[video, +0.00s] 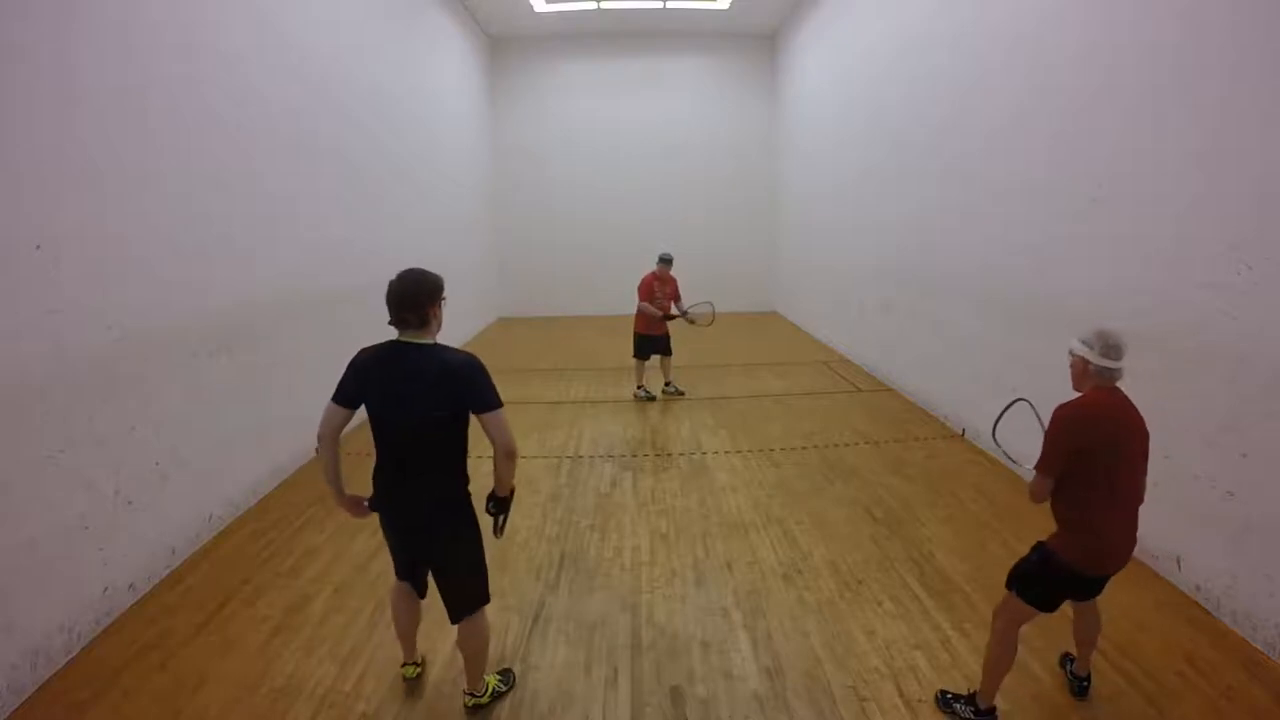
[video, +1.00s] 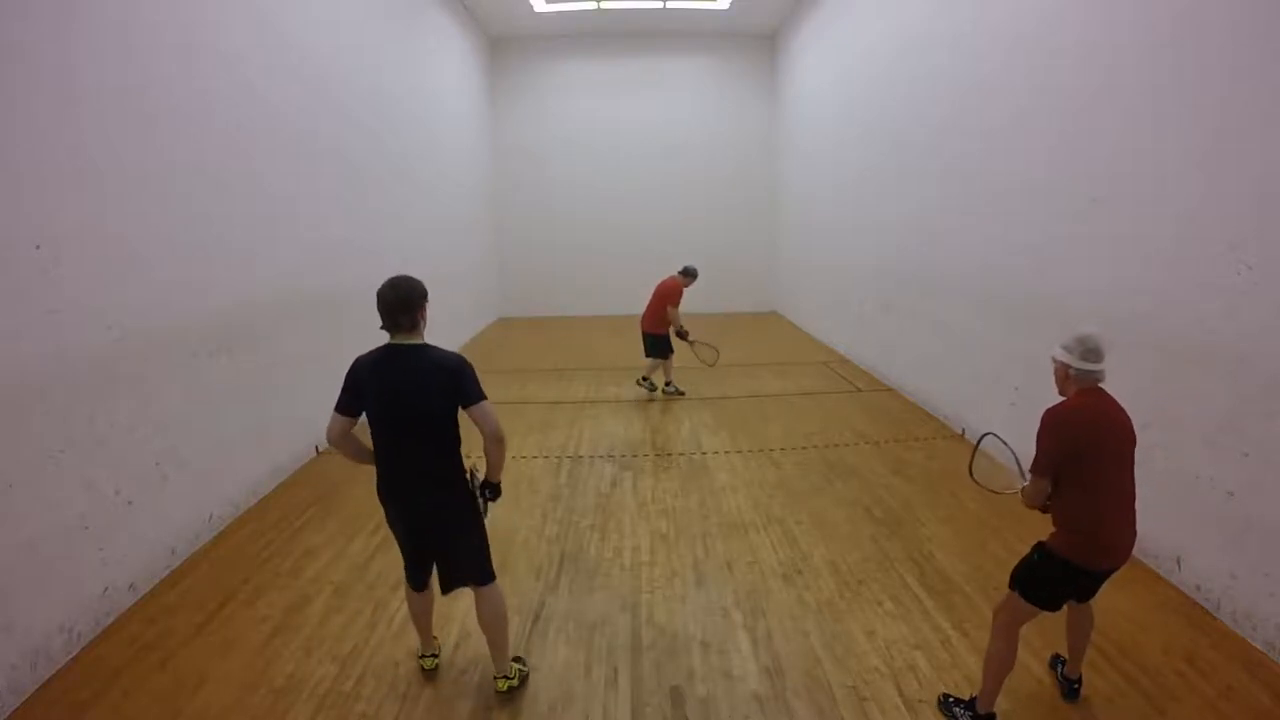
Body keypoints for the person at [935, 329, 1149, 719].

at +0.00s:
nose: (1070, 365)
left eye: (1075, 360)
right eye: (1073, 358)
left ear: (1086, 366)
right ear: (1114, 370)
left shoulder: (1071, 414)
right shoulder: (1133, 417)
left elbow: (1038, 493)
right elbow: (1137, 494)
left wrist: (1046, 467)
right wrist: (1078, 470)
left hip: (1075, 548)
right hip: (1117, 549)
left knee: (1007, 617)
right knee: (1085, 599)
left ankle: (982, 703)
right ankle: (1081, 673)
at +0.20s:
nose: (1054, 364)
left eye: (1058, 358)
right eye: (1056, 357)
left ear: (1069, 365)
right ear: (1098, 369)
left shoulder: (1055, 414)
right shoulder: (1119, 414)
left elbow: (1026, 493)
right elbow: (1104, 479)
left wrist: (1034, 464)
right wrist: (1045, 473)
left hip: (1065, 548)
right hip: (1110, 549)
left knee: (1001, 617)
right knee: (1080, 601)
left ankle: (981, 704)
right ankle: (1073, 676)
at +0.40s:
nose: (1052, 366)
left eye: (1056, 360)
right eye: (1055, 359)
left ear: (1067, 369)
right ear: (1096, 369)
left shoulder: (1057, 417)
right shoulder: (1117, 412)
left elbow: (1031, 497)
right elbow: (1099, 476)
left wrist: (1028, 482)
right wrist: (1045, 481)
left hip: (1071, 547)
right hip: (1115, 546)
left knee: (1005, 615)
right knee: (1081, 599)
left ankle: (979, 705)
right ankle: (1073, 676)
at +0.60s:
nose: (1058, 367)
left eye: (1062, 362)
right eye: (1060, 360)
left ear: (1073, 369)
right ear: (1101, 370)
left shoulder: (1066, 417)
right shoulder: (1122, 410)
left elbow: (1043, 495)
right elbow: (1102, 476)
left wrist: (1030, 487)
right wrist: (1052, 484)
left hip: (1081, 545)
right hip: (1122, 543)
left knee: (1013, 616)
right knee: (1083, 600)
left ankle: (979, 706)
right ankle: (1073, 676)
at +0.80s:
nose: (1058, 369)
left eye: (1062, 363)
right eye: (1060, 362)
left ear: (1073, 370)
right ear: (1101, 371)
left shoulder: (1067, 416)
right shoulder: (1121, 410)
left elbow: (1047, 495)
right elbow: (1105, 475)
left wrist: (1034, 489)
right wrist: (1054, 485)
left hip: (1085, 546)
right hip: (1124, 542)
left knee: (1015, 617)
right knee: (1083, 600)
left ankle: (986, 706)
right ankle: (1073, 676)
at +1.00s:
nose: (1053, 372)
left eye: (1057, 365)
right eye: (1055, 365)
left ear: (1067, 371)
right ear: (1096, 372)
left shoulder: (1059, 417)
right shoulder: (1117, 414)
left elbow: (1037, 494)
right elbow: (1105, 479)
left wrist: (1030, 495)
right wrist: (1052, 496)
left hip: (1075, 546)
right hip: (1117, 545)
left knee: (1007, 616)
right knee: (1080, 598)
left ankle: (982, 708)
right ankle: (1073, 676)